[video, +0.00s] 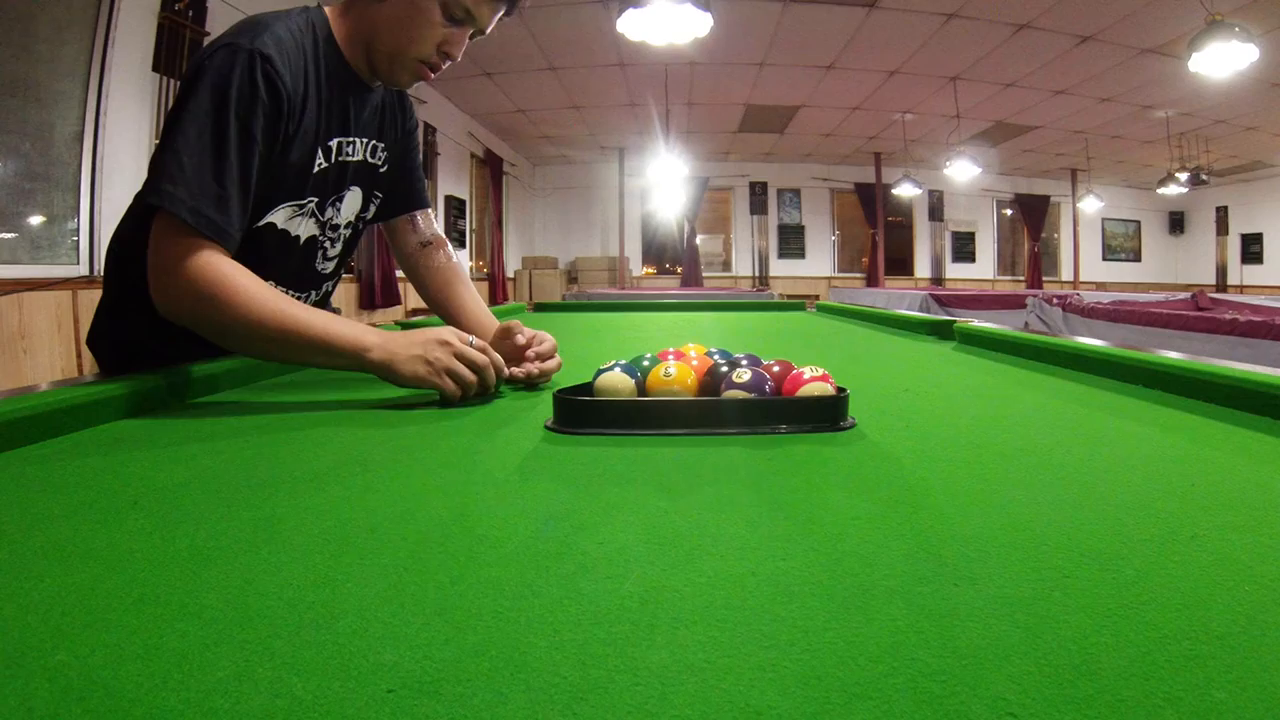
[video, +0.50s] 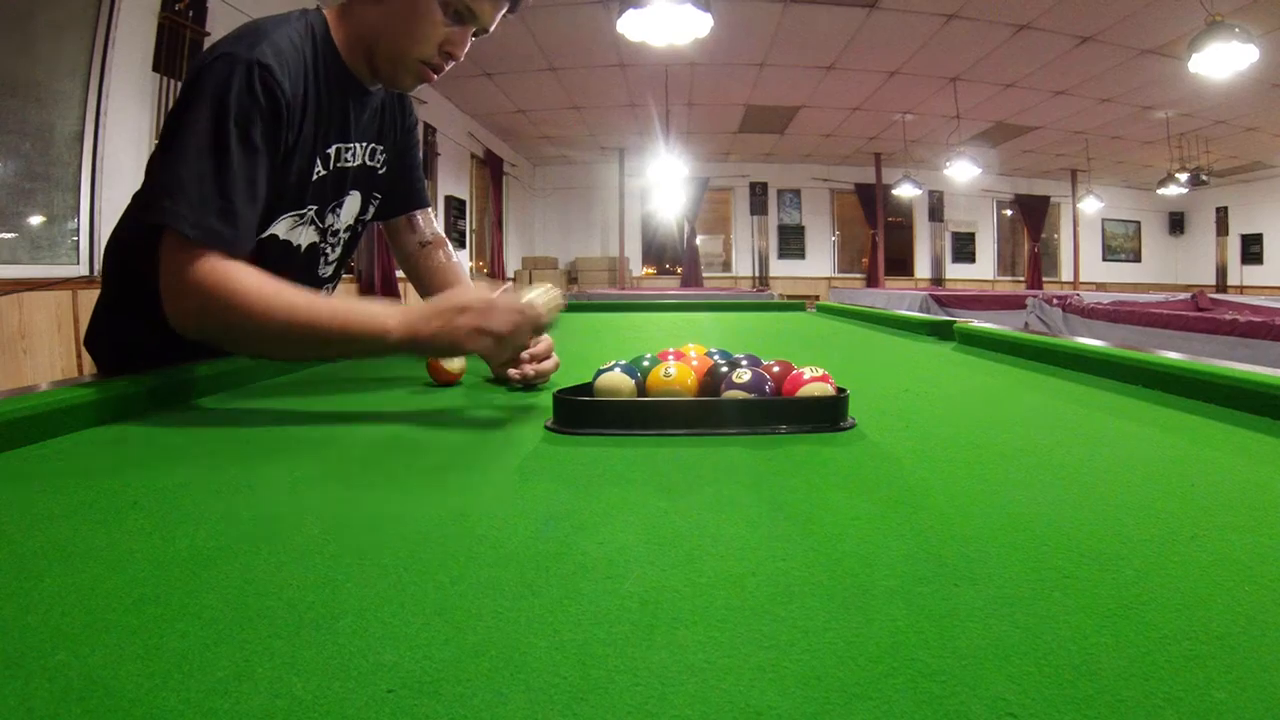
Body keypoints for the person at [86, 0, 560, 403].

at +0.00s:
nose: (457, 51)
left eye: (473, 37)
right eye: (454, 18)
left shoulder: (389, 105)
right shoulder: (258, 59)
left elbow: (421, 240)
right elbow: (180, 271)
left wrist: (491, 331)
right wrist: (384, 347)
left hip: (275, 366)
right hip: (164, 369)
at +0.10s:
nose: (459, 52)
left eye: (474, 37)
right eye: (456, 19)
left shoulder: (389, 105)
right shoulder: (258, 61)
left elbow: (422, 242)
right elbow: (182, 275)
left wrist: (491, 332)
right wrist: (383, 349)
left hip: (275, 367)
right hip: (163, 368)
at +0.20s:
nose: (458, 56)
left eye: (474, 41)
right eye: (456, 22)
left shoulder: (388, 101)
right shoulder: (257, 65)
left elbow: (420, 241)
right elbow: (182, 279)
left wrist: (489, 332)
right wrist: (383, 351)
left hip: (273, 366)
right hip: (162, 368)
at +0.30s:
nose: (460, 58)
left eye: (476, 42)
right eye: (456, 23)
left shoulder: (390, 102)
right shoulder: (255, 66)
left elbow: (420, 240)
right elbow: (180, 281)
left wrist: (489, 332)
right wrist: (380, 353)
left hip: (276, 370)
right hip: (162, 371)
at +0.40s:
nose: (460, 54)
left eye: (476, 38)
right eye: (456, 19)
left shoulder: (389, 101)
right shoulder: (255, 68)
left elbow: (419, 240)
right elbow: (178, 285)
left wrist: (491, 334)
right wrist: (385, 350)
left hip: (273, 369)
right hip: (161, 372)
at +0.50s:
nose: (459, 51)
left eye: (476, 37)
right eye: (456, 17)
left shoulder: (388, 101)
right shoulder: (257, 67)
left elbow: (421, 243)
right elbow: (193, 292)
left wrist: (492, 332)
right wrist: (412, 326)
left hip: (272, 366)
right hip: (159, 371)